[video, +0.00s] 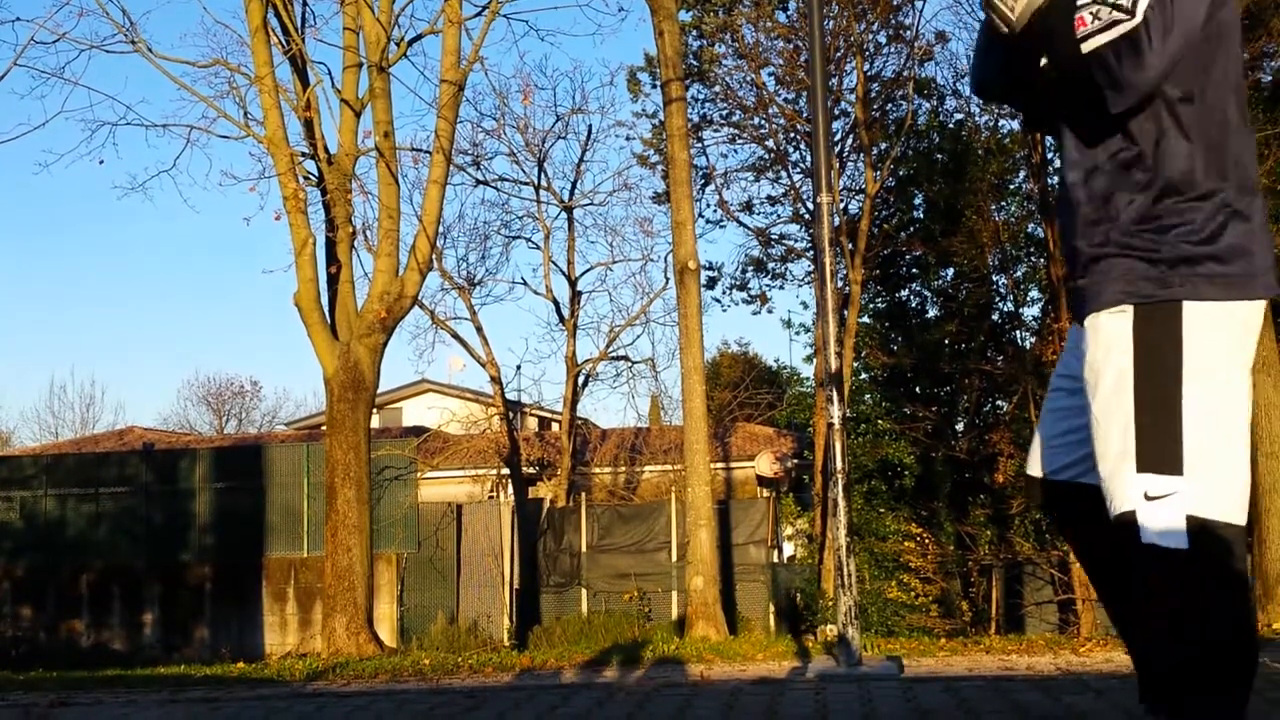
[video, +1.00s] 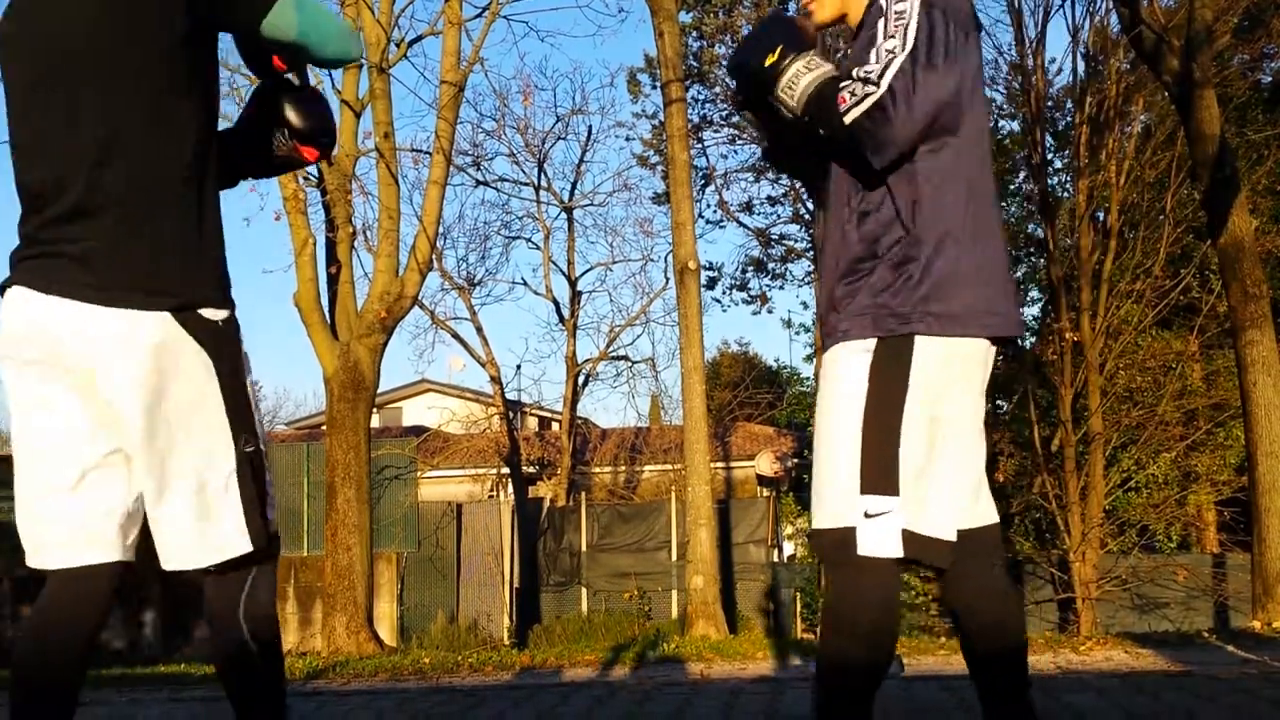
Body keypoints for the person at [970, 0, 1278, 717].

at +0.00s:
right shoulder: (1085, 11)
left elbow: (1118, 79)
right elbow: (993, 79)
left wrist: (1028, 20)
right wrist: (1006, 18)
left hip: (1183, 255)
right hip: (1120, 264)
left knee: (1177, 511)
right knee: (1073, 485)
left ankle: (1208, 711)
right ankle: (1175, 696)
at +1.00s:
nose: (802, 8)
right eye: (800, 7)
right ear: (824, 13)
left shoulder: (917, 7)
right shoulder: (855, 44)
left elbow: (877, 132)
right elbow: (834, 181)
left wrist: (789, 67)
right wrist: (769, 93)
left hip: (903, 303)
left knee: (854, 530)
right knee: (959, 530)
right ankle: (1013, 717)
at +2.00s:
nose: (735, 58)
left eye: (739, 38)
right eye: (732, 43)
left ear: (778, 17)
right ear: (782, 18)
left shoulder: (825, 61)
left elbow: (803, 182)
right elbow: (774, 214)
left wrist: (731, 143)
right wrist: (718, 157)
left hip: (827, 332)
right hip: (887, 330)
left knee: (778, 528)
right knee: (888, 525)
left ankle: (807, 713)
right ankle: (908, 711)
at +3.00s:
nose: (804, 40)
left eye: (818, 20)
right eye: (788, 28)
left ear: (851, 14)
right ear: (775, 32)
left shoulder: (881, 87)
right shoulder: (807, 117)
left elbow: (844, 200)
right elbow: (782, 228)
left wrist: (765, 146)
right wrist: (727, 177)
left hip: (851, 349)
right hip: (833, 350)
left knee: (826, 540)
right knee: (879, 534)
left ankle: (823, 719)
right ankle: (968, 695)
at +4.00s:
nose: (944, 43)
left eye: (953, 24)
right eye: (941, 28)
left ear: (1006, 11)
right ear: (994, 17)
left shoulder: (1058, 66)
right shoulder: (1015, 93)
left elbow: (1014, 186)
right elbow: (977, 212)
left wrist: (939, 126)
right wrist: (922, 140)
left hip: (1061, 336)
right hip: (1011, 343)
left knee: (1086, 526)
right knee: (1032, 527)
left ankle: (1131, 706)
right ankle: (1109, 692)